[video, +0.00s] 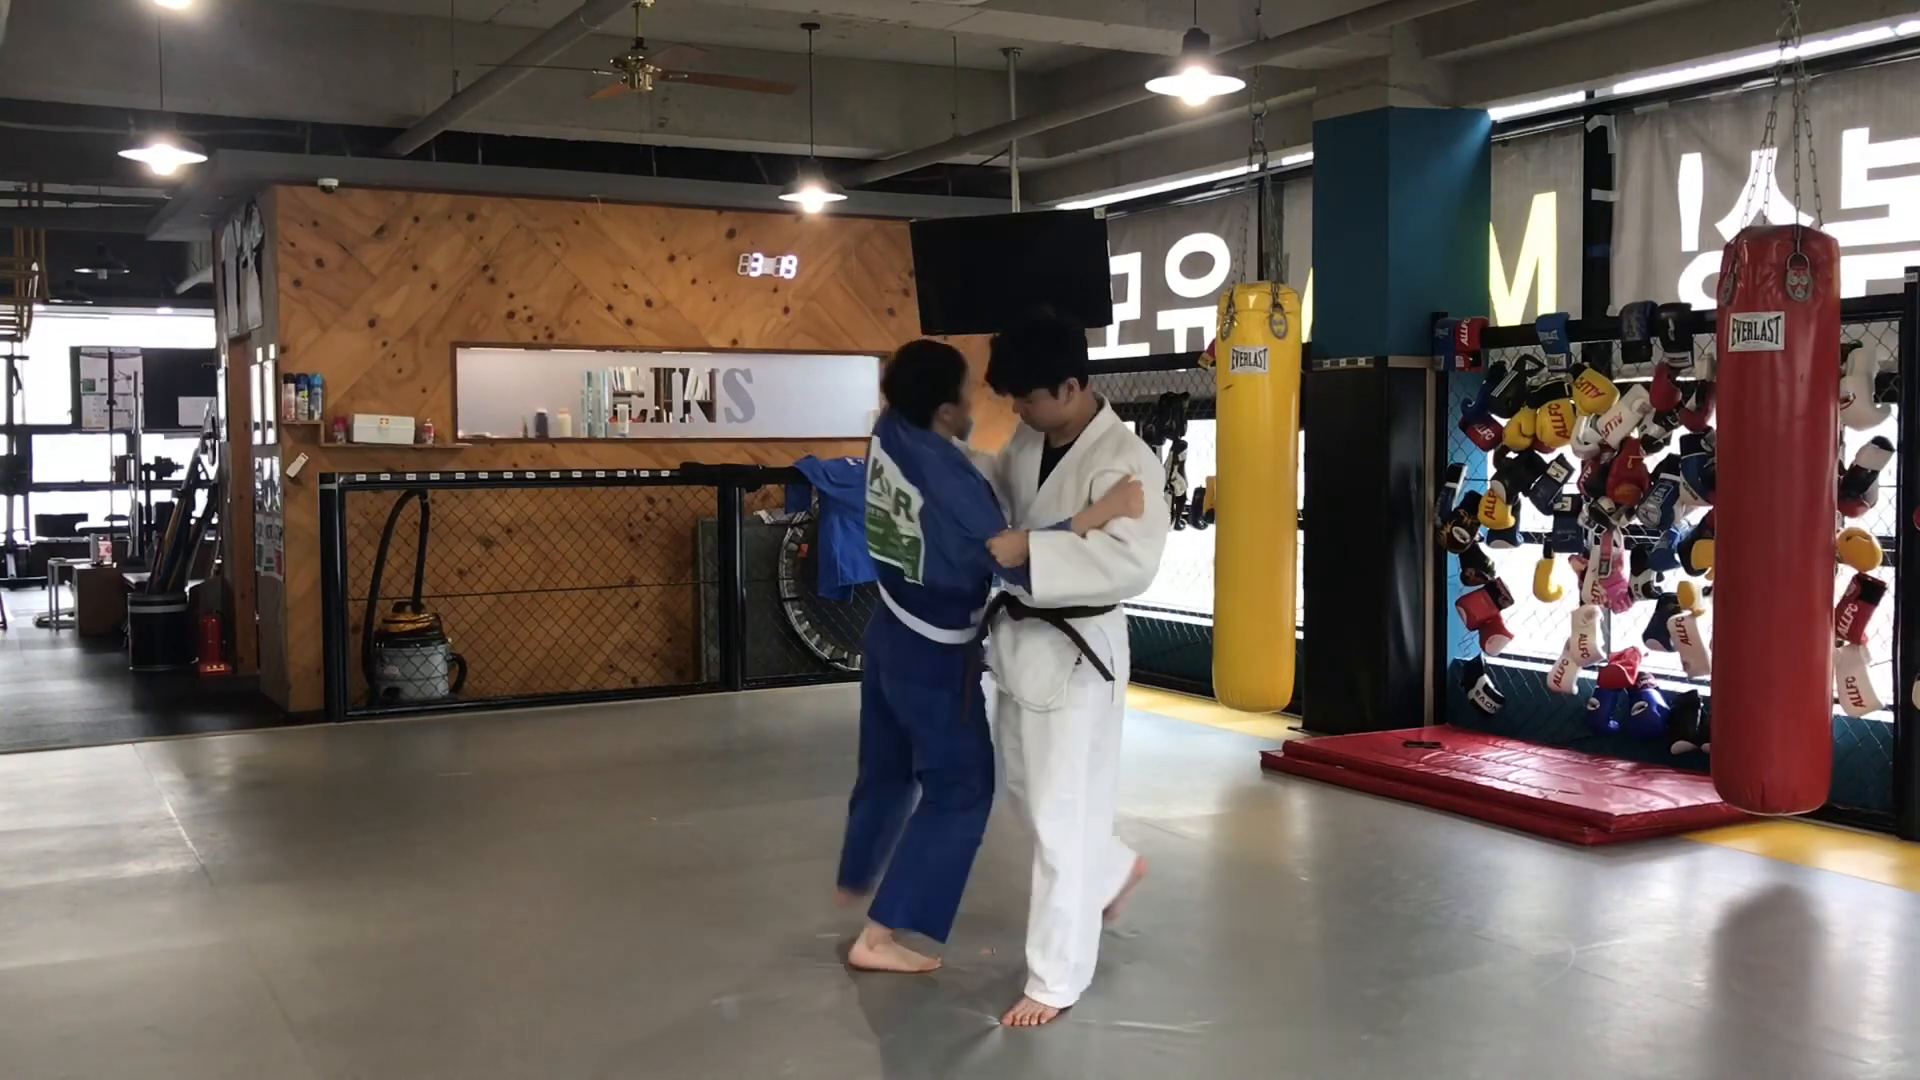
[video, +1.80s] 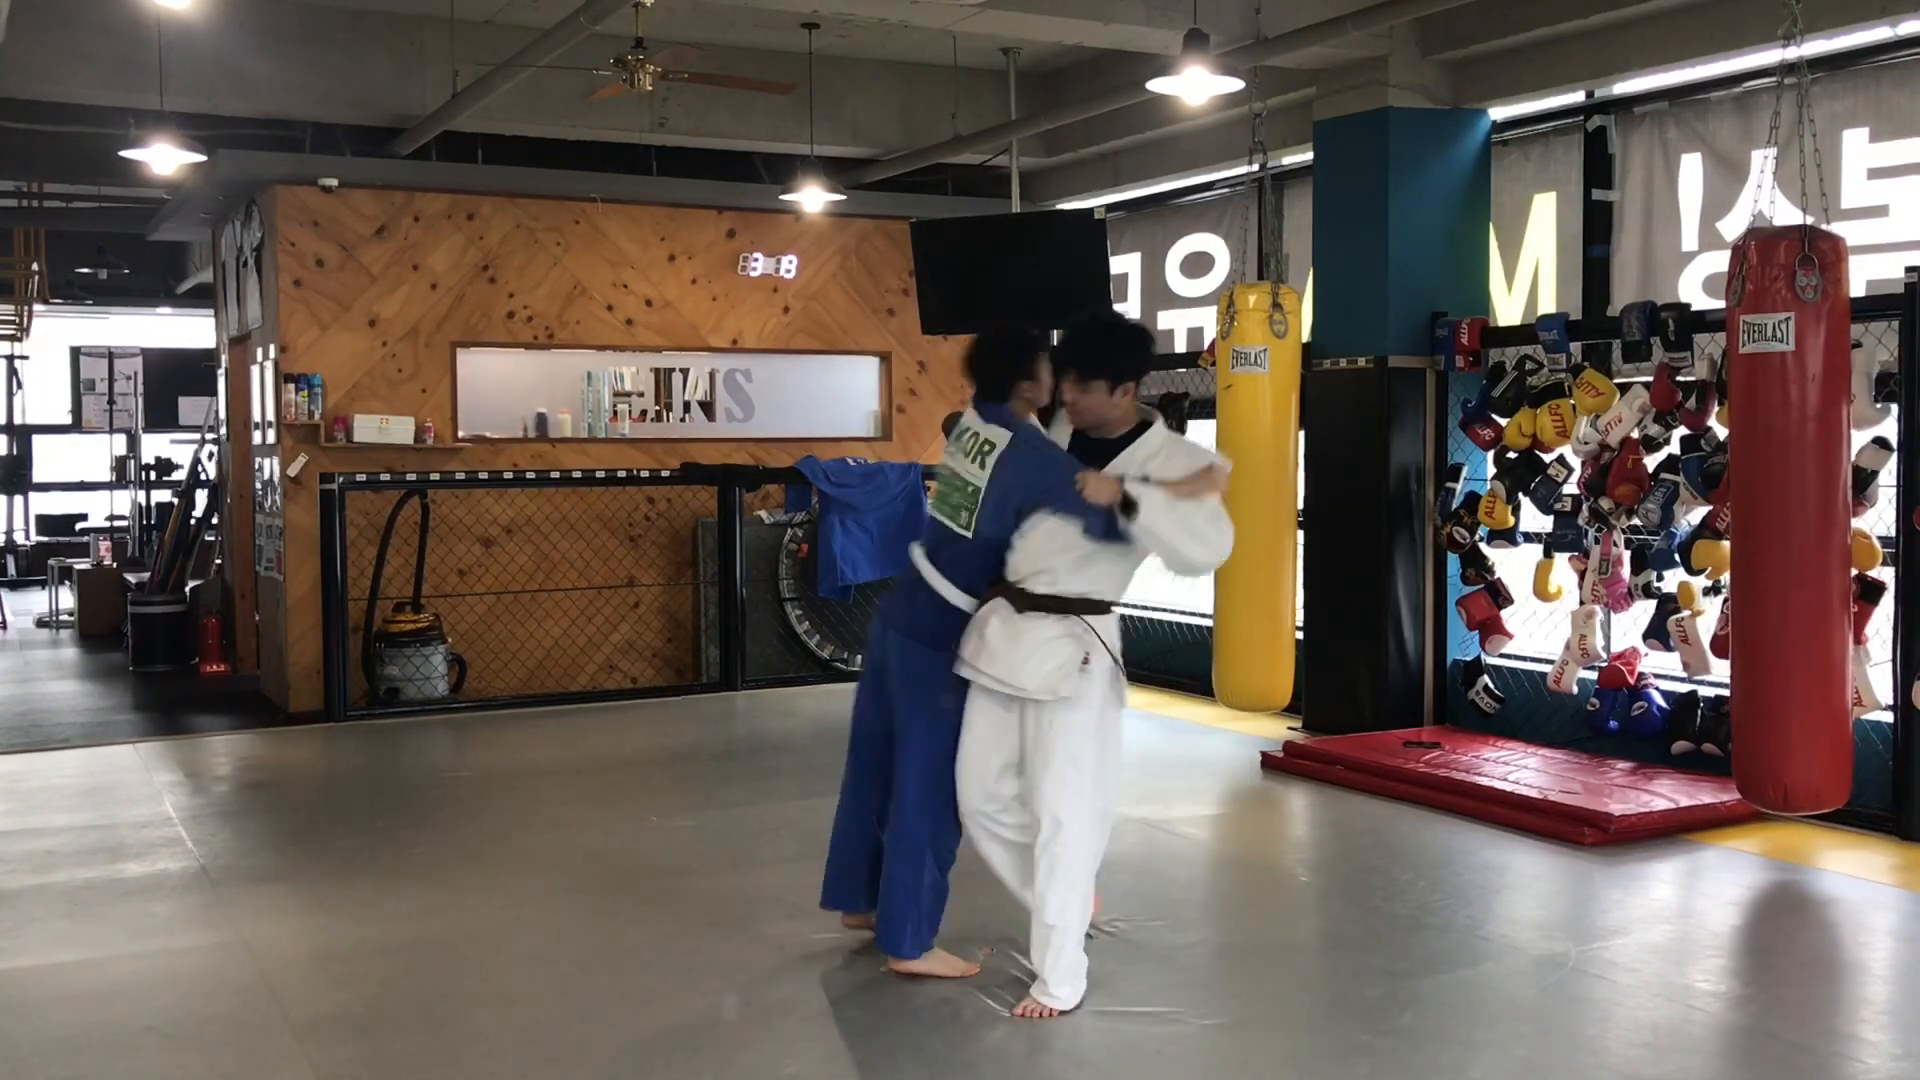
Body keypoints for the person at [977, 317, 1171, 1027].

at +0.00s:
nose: (1019, 413)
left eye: (1026, 401)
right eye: (1014, 401)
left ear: (1068, 387)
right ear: (1046, 390)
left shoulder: (1124, 458)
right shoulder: (1025, 446)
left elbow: (1132, 561)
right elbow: (981, 517)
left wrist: (1032, 550)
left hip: (1077, 654)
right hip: (1015, 644)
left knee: (1063, 821)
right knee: (1028, 787)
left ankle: (1056, 977)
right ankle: (1109, 865)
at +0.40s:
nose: (1063, 416)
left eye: (1068, 402)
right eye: (1057, 406)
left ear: (1105, 386)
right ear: (1077, 399)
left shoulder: (1160, 446)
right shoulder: (1081, 442)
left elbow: (1123, 511)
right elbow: (1008, 463)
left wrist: (1026, 497)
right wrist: (928, 452)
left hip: (1162, 630)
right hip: (1108, 630)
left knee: (1140, 789)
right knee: (1110, 786)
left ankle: (1124, 943)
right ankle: (1159, 898)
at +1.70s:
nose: (1090, 407)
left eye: (1099, 394)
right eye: (1088, 395)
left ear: (1144, 391)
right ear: (1128, 396)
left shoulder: (1198, 449)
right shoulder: (1095, 451)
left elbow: (1179, 498)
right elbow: (1035, 519)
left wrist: (1095, 457)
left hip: (1106, 650)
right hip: (1047, 639)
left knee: (1067, 809)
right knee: (1054, 791)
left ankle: (1055, 975)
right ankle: (1104, 883)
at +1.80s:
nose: (1065, 398)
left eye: (1078, 387)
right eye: (1064, 385)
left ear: (1124, 393)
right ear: (1067, 386)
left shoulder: (1164, 454)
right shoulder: (1055, 439)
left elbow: (1210, 545)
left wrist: (1129, 496)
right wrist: (973, 437)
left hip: (1076, 647)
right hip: (1005, 632)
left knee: (1063, 814)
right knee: (983, 798)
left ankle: (1059, 981)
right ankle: (1067, 895)